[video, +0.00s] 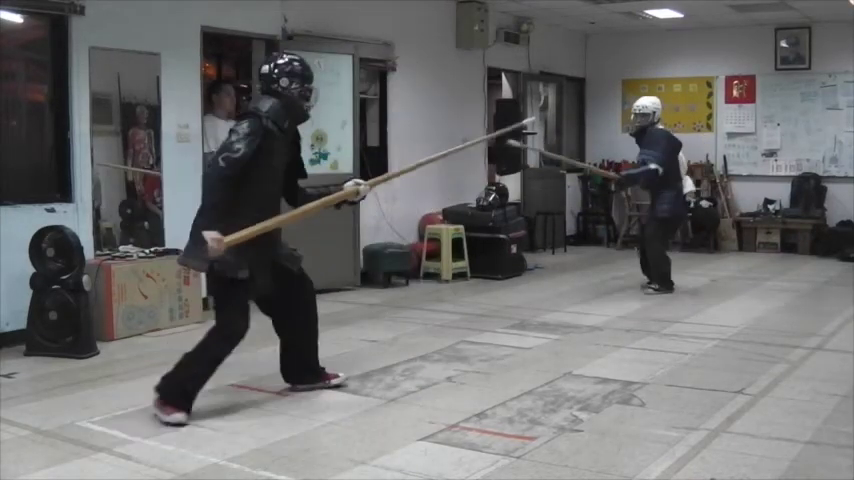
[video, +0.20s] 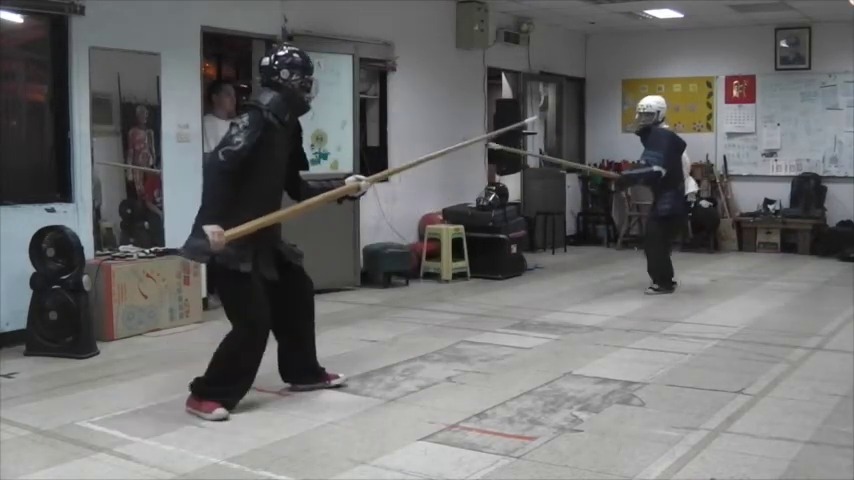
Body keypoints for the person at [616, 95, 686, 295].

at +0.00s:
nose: (638, 120)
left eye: (643, 116)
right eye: (636, 116)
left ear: (654, 116)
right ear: (634, 115)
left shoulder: (660, 136)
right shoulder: (646, 137)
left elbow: (655, 170)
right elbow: (646, 167)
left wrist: (625, 177)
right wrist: (624, 179)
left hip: (670, 195)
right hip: (659, 194)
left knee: (654, 235)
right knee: (647, 235)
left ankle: (664, 282)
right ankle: (655, 277)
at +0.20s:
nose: (642, 119)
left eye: (646, 115)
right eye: (640, 115)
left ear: (658, 116)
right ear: (639, 115)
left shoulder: (662, 136)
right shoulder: (652, 137)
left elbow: (657, 170)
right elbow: (648, 167)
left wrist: (624, 177)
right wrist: (623, 178)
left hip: (671, 195)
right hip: (663, 195)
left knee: (656, 236)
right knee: (654, 236)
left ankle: (664, 282)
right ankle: (661, 279)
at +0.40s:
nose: (647, 119)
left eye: (652, 115)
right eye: (646, 114)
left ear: (663, 116)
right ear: (645, 114)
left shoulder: (665, 135)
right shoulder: (659, 135)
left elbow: (662, 168)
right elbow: (653, 164)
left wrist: (627, 172)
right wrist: (631, 166)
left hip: (670, 198)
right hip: (667, 197)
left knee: (657, 237)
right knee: (668, 236)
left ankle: (664, 282)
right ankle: (680, 273)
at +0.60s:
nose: (652, 121)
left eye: (657, 117)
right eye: (651, 117)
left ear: (669, 118)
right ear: (650, 116)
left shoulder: (672, 137)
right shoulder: (663, 137)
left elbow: (666, 167)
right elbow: (656, 166)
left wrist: (637, 172)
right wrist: (633, 169)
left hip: (673, 200)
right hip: (667, 199)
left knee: (659, 237)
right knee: (660, 236)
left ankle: (665, 282)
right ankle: (679, 272)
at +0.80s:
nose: (652, 122)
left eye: (657, 119)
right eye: (651, 118)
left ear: (668, 120)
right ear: (653, 118)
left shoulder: (671, 139)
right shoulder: (664, 139)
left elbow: (665, 170)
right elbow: (653, 169)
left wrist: (635, 172)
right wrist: (631, 168)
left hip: (672, 200)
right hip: (668, 199)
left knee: (662, 238)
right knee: (661, 237)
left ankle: (664, 284)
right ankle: (679, 272)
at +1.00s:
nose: (650, 125)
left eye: (655, 121)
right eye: (649, 121)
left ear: (667, 122)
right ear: (649, 121)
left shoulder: (671, 142)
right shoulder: (660, 142)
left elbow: (664, 174)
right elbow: (654, 169)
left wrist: (632, 172)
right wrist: (632, 168)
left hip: (672, 202)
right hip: (665, 200)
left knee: (657, 236)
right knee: (660, 236)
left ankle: (662, 284)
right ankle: (679, 273)